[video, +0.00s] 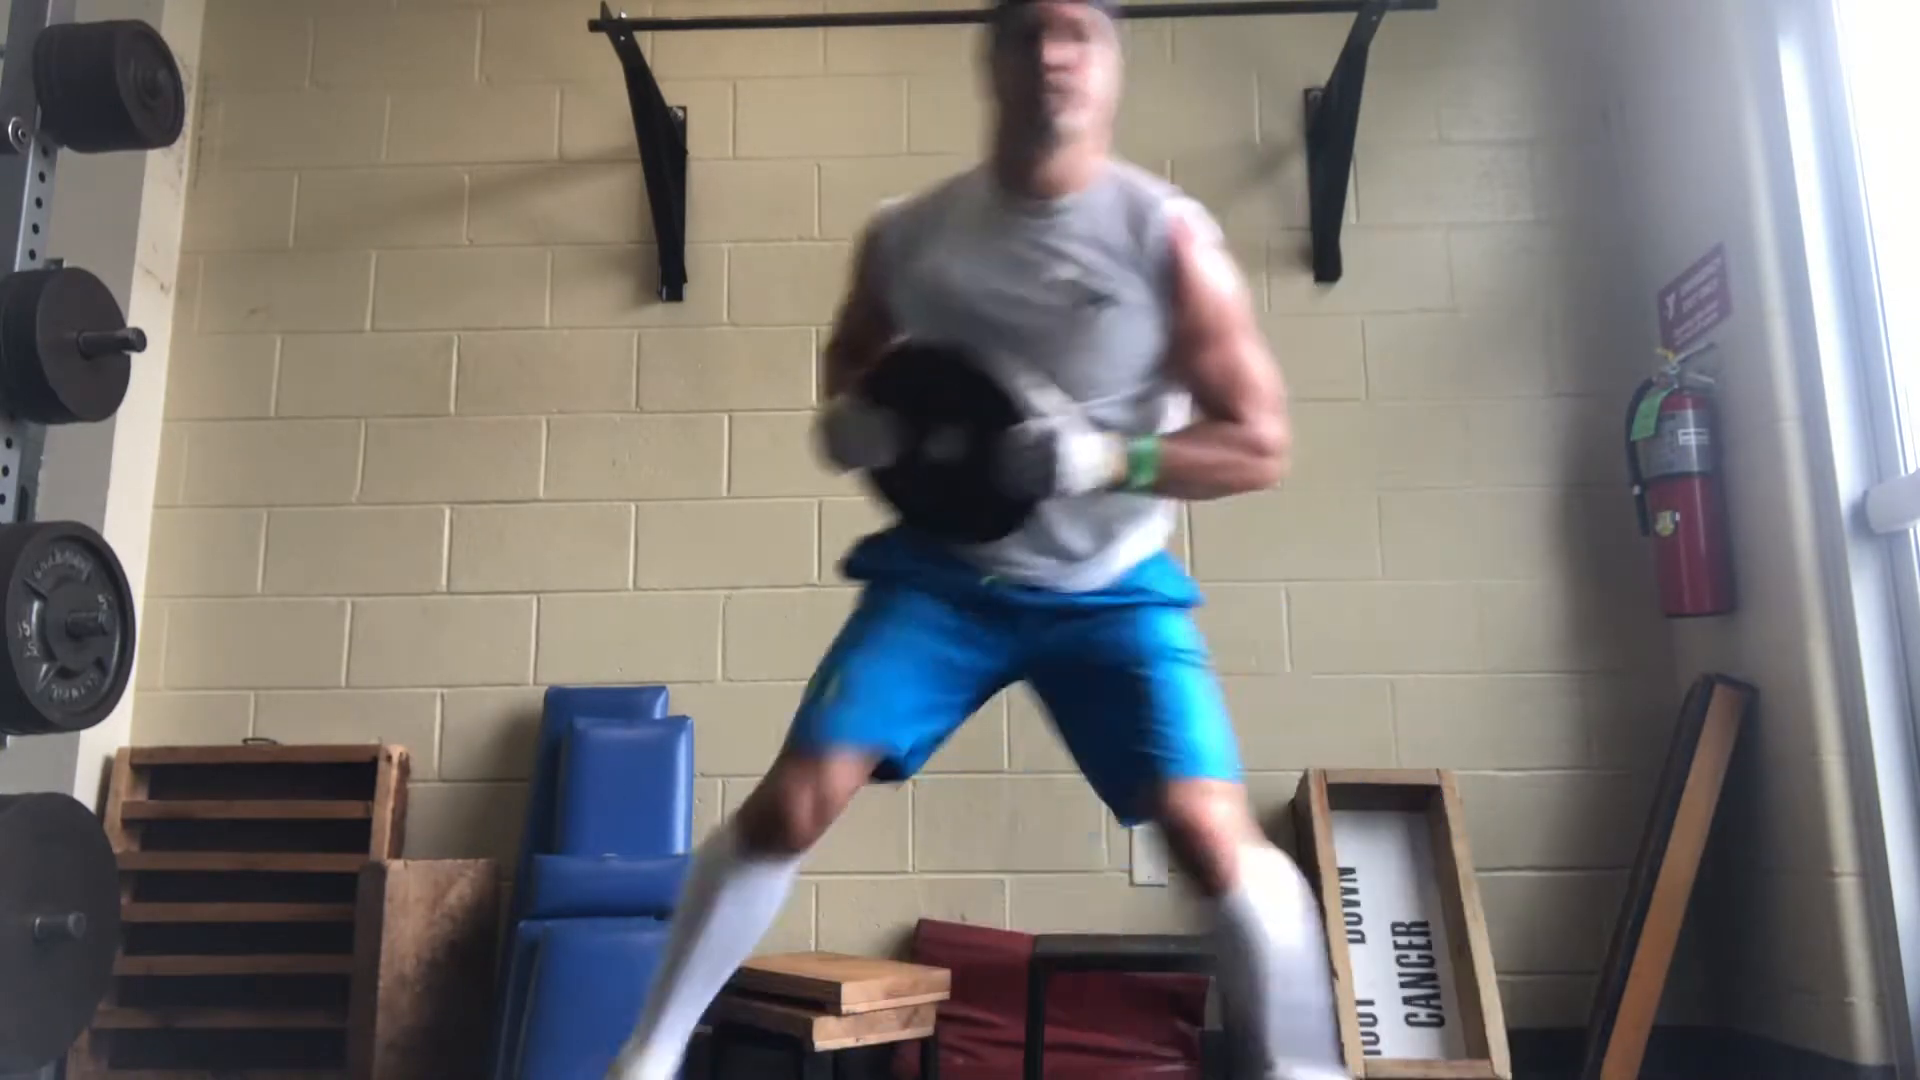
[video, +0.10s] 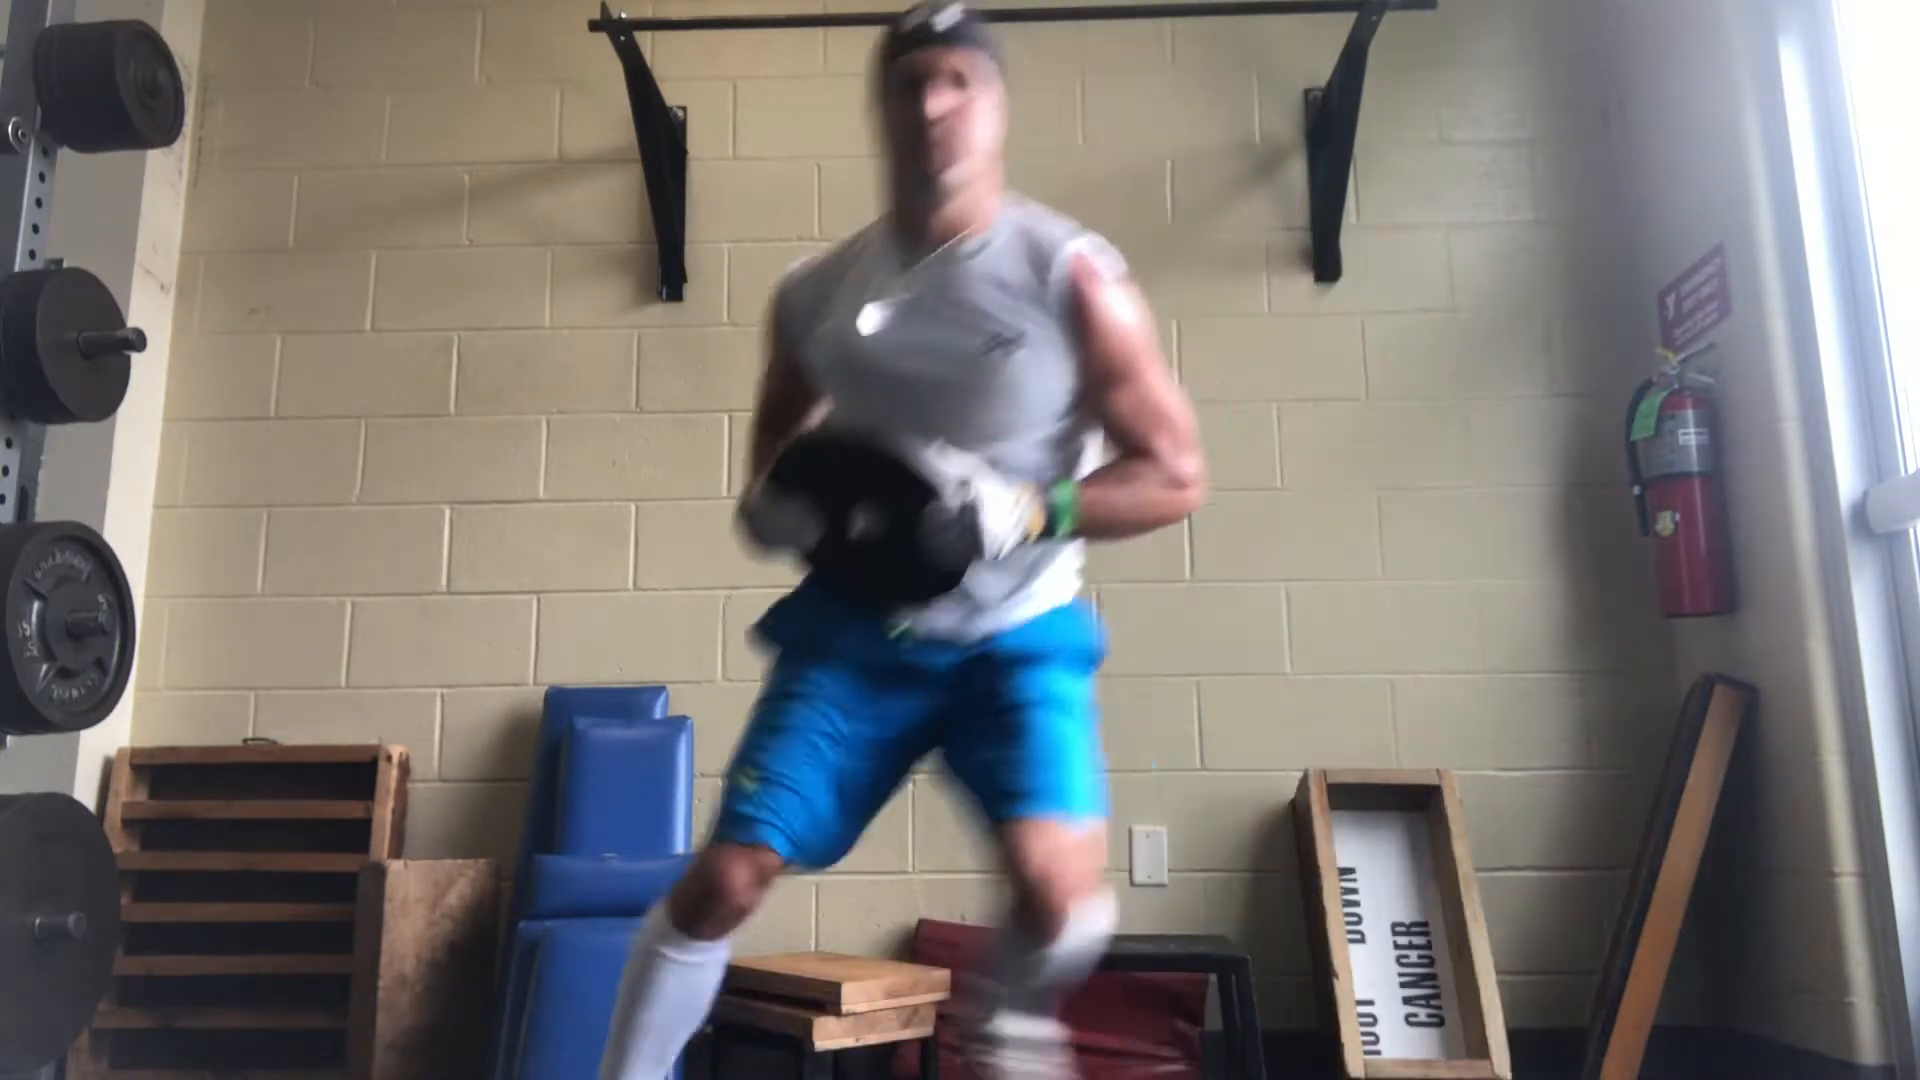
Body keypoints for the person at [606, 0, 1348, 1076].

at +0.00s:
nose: (1053, 57)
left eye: (1079, 35)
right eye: (1028, 34)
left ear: (1113, 66)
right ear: (992, 62)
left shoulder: (1169, 235)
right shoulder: (906, 240)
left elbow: (1261, 446)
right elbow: (840, 414)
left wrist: (1100, 456)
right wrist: (877, 429)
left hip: (1118, 594)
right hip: (941, 582)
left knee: (1209, 832)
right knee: (793, 805)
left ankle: (1308, 1075)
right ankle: (646, 1062)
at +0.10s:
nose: (935, 105)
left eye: (959, 83)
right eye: (913, 86)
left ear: (1001, 111)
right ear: (883, 116)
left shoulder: (1073, 277)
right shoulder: (815, 299)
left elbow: (1176, 475)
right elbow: (763, 500)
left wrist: (1026, 513)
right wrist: (803, 510)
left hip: (1024, 645)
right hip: (857, 640)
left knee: (1068, 907)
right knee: (725, 883)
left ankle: (1004, 1026)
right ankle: (631, 1073)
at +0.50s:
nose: (1052, 71)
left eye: (1073, 46)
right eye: (1025, 50)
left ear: (1111, 74)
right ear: (989, 81)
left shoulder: (1187, 238)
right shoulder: (902, 250)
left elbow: (1285, 364)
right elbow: (846, 428)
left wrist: (1265, 433)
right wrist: (958, 453)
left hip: (1137, 594)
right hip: (962, 604)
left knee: (1274, 823)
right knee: (854, 846)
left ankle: (1448, 1070)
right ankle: (802, 1065)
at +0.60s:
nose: (1152, 104)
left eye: (1173, 80)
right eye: (1122, 83)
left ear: (1209, 112)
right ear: (1081, 115)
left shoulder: (1274, 278)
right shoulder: (997, 282)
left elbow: (1343, 419)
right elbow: (922, 471)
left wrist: (1334, 496)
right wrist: (1052, 516)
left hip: (1226, 650)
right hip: (1046, 658)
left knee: (1351, 865)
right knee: (975, 904)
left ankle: (1475, 1072)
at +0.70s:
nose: (1213, 121)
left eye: (1232, 103)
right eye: (1181, 104)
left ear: (1257, 143)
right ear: (1134, 139)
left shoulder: (1313, 315)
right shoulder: (1033, 302)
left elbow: (1364, 473)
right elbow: (942, 486)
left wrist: (1359, 543)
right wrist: (1066, 548)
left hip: (1247, 661)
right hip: (1063, 666)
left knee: (1375, 879)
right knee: (991, 913)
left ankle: (1480, 1073)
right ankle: (1077, 922)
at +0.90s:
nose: (1085, 61)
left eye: (1108, 40)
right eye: (1056, 42)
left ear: (1140, 74)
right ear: (1016, 68)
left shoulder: (1198, 230)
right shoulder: (918, 227)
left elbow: (1294, 416)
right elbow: (843, 361)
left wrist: (1176, 452)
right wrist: (887, 425)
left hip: (1122, 594)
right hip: (944, 573)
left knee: (1252, 846)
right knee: (786, 744)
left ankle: (1401, 1069)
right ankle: (703, 1002)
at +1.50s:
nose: (1133, 111)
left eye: (1157, 83)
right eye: (1106, 84)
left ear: (1200, 105)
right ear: (1067, 104)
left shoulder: (1258, 275)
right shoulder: (966, 265)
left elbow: (1362, 418)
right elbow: (907, 455)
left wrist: (1340, 476)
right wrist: (1022, 485)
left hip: (1200, 643)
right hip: (1018, 644)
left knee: (1348, 878)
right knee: (897, 887)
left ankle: (1497, 1074)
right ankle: (884, 1036)